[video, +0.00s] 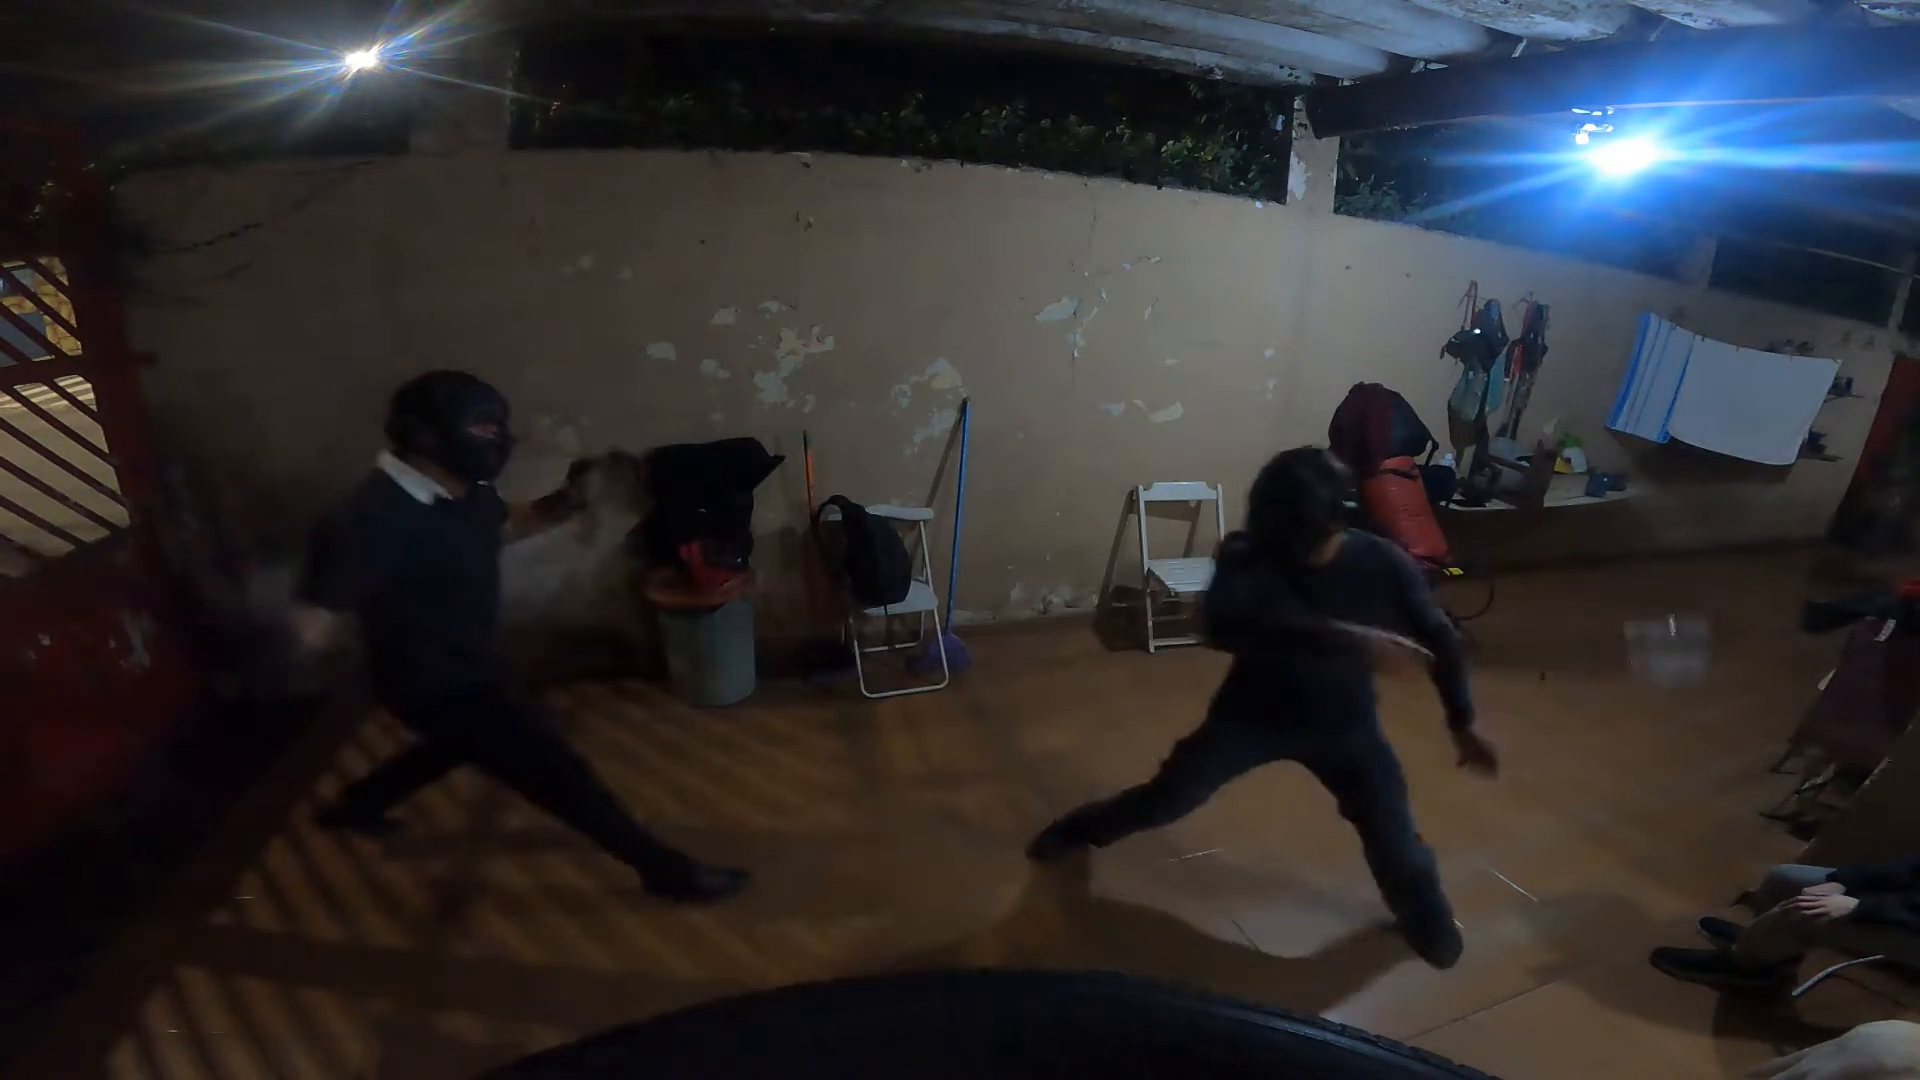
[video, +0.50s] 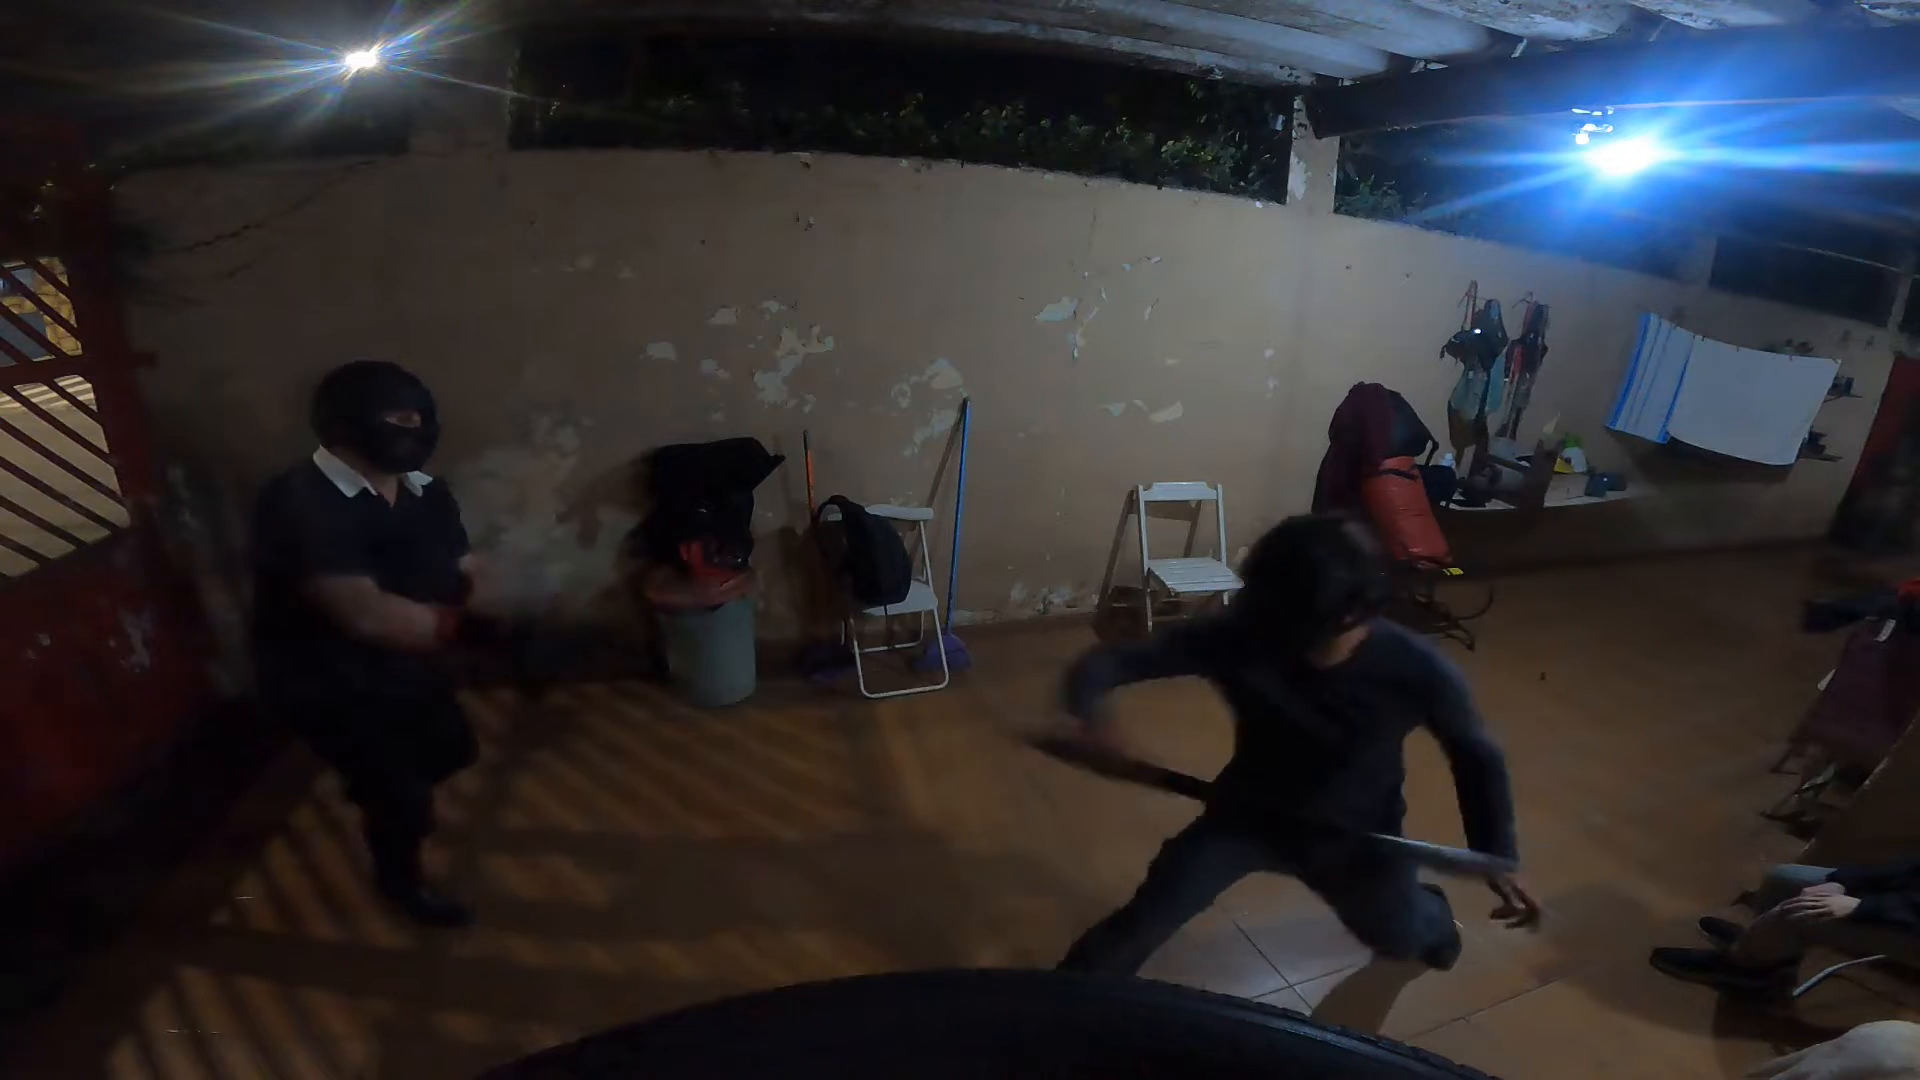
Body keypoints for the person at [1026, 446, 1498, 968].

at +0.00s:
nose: (1315, 552)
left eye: (1325, 539)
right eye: (1303, 540)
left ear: (1340, 522)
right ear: (1276, 527)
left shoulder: (1378, 564)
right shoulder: (1247, 558)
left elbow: (1439, 637)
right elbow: (1222, 625)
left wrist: (1462, 725)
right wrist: (1343, 638)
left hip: (1343, 726)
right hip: (1252, 718)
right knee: (1165, 803)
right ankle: (1075, 831)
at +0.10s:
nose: (1385, 552)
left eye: (1391, 537)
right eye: (1373, 540)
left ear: (1399, 530)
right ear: (1337, 532)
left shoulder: (1428, 583)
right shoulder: (1293, 569)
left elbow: (1454, 671)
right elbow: (1312, 660)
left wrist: (1453, 757)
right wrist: (1423, 699)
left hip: (1371, 745)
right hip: (1281, 734)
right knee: (1192, 818)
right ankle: (1100, 850)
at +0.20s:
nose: (1441, 589)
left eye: (1452, 574)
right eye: (1429, 570)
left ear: (1466, 568)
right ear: (1401, 558)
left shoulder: (1483, 623)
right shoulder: (1343, 593)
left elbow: (1478, 705)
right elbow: (1337, 715)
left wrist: (1459, 792)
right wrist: (1446, 789)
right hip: (1301, 757)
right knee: (1205, 849)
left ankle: (1438, 935)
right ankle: (1106, 895)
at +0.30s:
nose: (1465, 610)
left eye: (1476, 597)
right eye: (1455, 593)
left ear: (1491, 597)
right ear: (1422, 584)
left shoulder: (1507, 646)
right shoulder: (1360, 610)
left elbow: (1503, 724)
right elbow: (1312, 729)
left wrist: (1484, 812)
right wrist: (1419, 817)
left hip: (1399, 797)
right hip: (1301, 770)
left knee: (1449, 939)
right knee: (1196, 871)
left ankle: (1433, 936)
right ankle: (1087, 940)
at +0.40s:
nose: (1425, 624)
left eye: (1439, 610)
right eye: (1415, 606)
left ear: (1461, 599)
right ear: (1385, 588)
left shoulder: (1490, 658)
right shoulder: (1325, 616)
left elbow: (1503, 751)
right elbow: (1237, 720)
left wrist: (1495, 850)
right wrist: (1348, 808)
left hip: (1384, 807)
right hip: (1280, 781)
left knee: (1440, 937)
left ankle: (1438, 937)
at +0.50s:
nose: (1329, 647)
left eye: (1340, 632)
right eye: (1316, 635)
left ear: (1358, 620)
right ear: (1283, 623)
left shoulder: (1409, 668)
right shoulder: (1238, 641)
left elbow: (1477, 754)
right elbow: (1107, 663)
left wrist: (1499, 858)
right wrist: (1093, 719)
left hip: (1357, 837)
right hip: (1249, 819)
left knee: (1398, 930)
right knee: (1149, 918)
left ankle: (1435, 931)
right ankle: (1055, 1006)